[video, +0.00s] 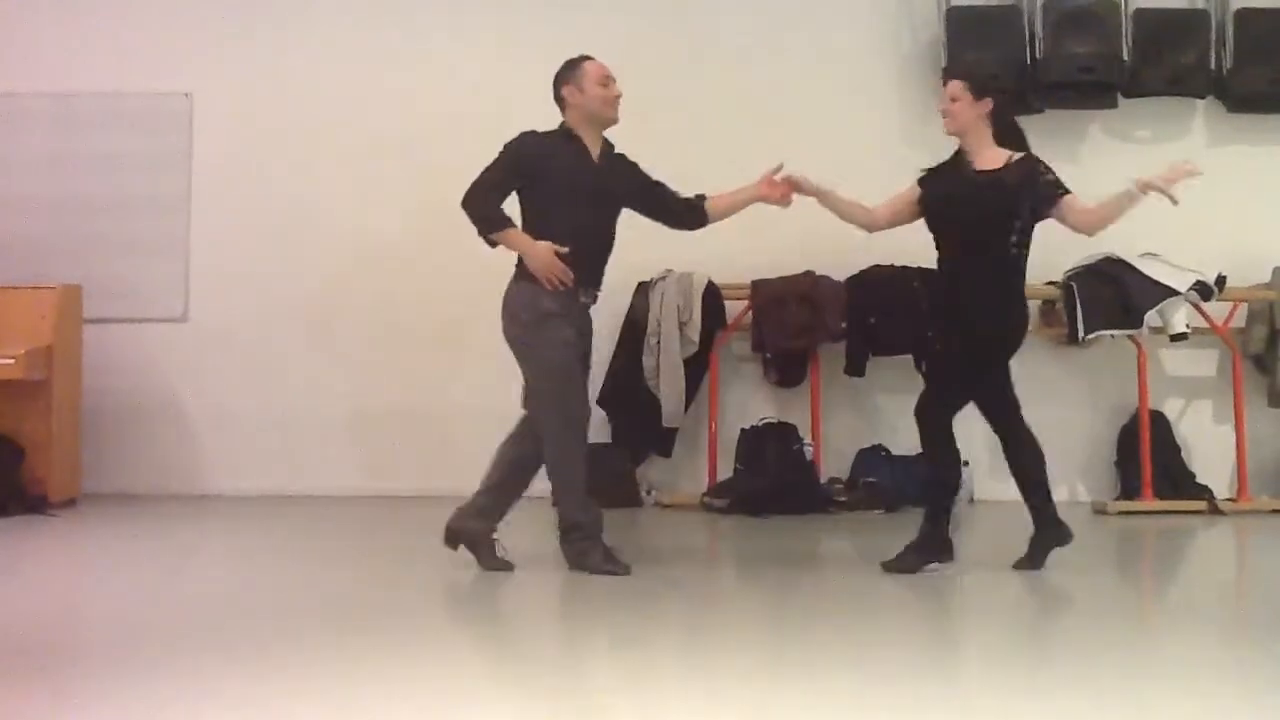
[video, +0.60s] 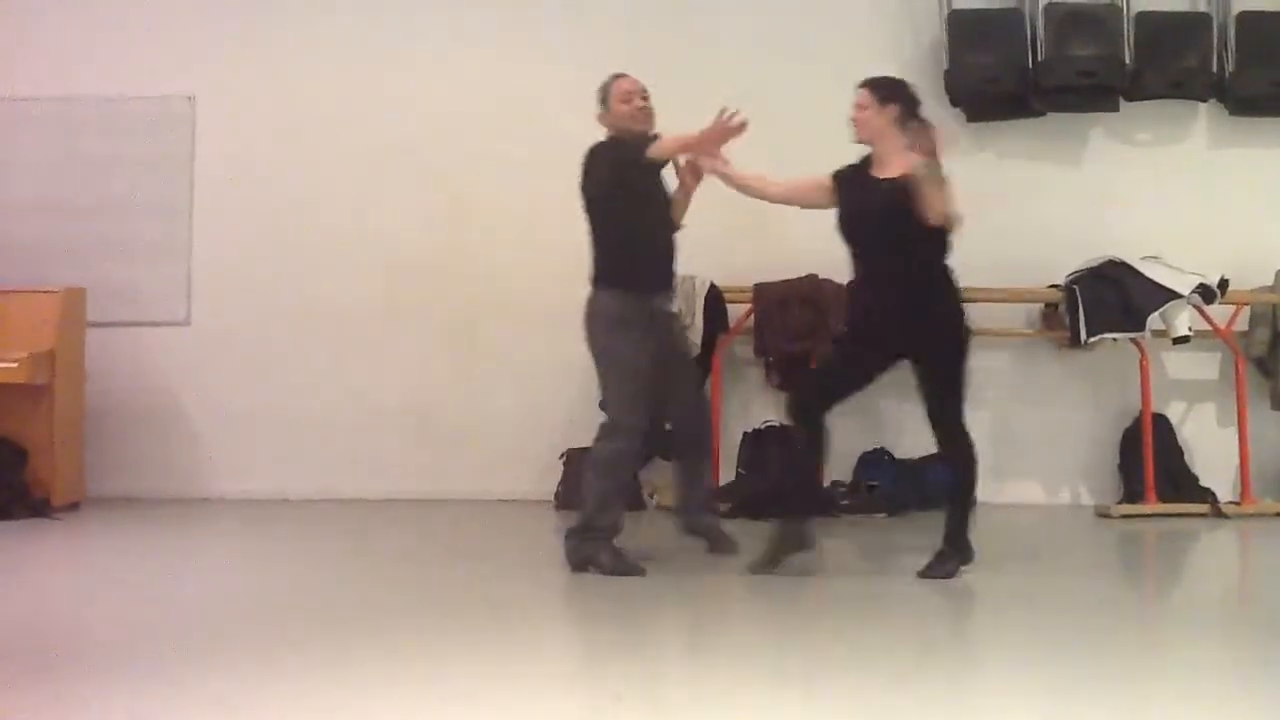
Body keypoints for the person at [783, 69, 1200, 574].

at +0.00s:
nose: (942, 108)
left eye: (952, 99)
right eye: (942, 100)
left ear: (986, 105)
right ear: (958, 107)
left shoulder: (1024, 171)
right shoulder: (943, 179)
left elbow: (1086, 220)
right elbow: (875, 218)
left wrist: (1138, 189)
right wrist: (814, 189)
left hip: (999, 316)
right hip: (952, 316)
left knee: (931, 413)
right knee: (1008, 423)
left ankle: (935, 537)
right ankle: (1048, 523)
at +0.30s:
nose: (923, 112)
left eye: (932, 103)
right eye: (923, 104)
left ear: (963, 109)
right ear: (942, 111)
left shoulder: (996, 176)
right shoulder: (910, 178)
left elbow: (1059, 224)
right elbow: (837, 204)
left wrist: (1110, 190)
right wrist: (756, 187)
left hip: (985, 312)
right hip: (936, 312)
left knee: (943, 422)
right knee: (937, 424)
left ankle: (974, 540)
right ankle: (1005, 517)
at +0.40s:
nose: (896, 116)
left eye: (906, 107)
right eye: (896, 108)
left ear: (937, 113)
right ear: (909, 116)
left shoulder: (968, 181)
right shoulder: (888, 180)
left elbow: (1019, 222)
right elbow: (812, 197)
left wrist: (1051, 188)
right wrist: (728, 182)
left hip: (966, 319)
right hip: (914, 320)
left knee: (962, 427)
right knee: (859, 414)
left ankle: (971, 547)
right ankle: (924, 496)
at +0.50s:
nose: (875, 117)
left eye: (885, 109)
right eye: (876, 110)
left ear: (916, 114)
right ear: (900, 116)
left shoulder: (948, 179)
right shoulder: (869, 182)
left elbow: (983, 223)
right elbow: (795, 196)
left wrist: (997, 182)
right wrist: (718, 181)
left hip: (952, 322)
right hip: (895, 324)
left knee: (961, 431)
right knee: (827, 404)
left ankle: (964, 545)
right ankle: (851, 508)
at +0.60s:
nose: (853, 115)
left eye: (863, 107)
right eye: (854, 107)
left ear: (893, 112)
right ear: (875, 114)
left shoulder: (923, 174)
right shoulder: (851, 181)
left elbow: (939, 219)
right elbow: (776, 189)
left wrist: (928, 169)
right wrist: (717, 166)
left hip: (933, 321)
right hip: (877, 321)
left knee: (948, 425)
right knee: (808, 398)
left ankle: (957, 540)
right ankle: (796, 527)